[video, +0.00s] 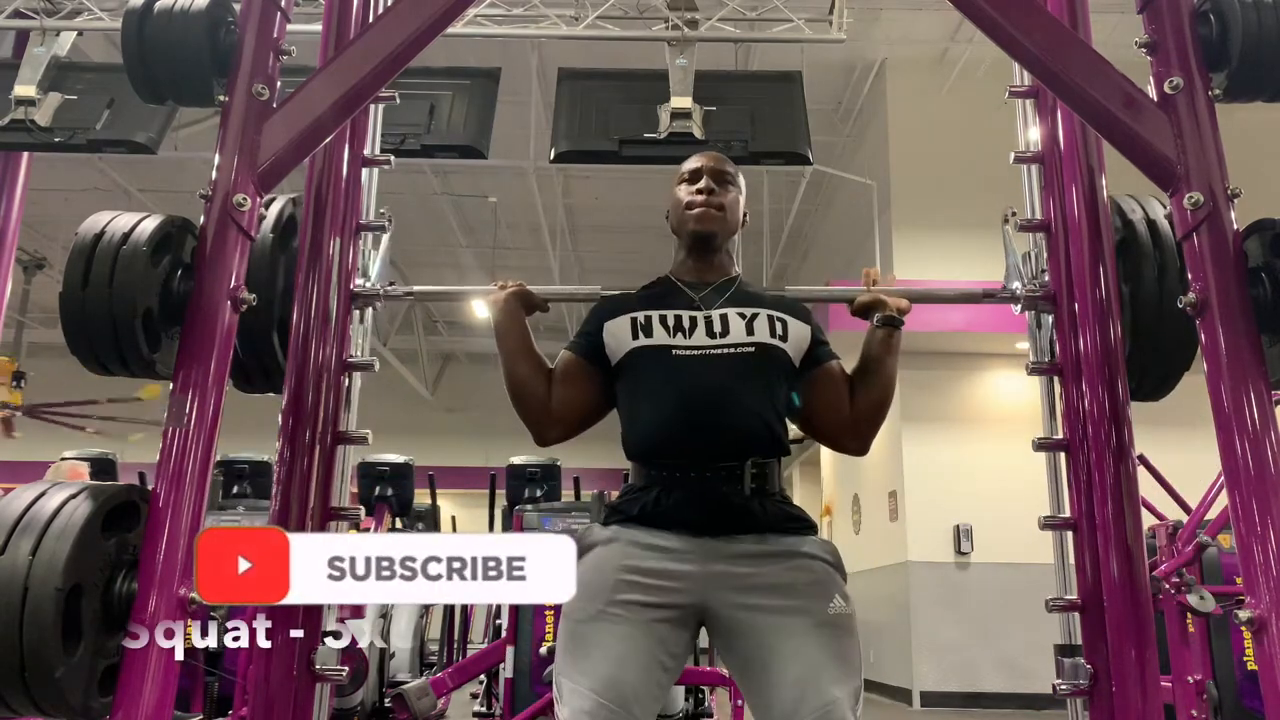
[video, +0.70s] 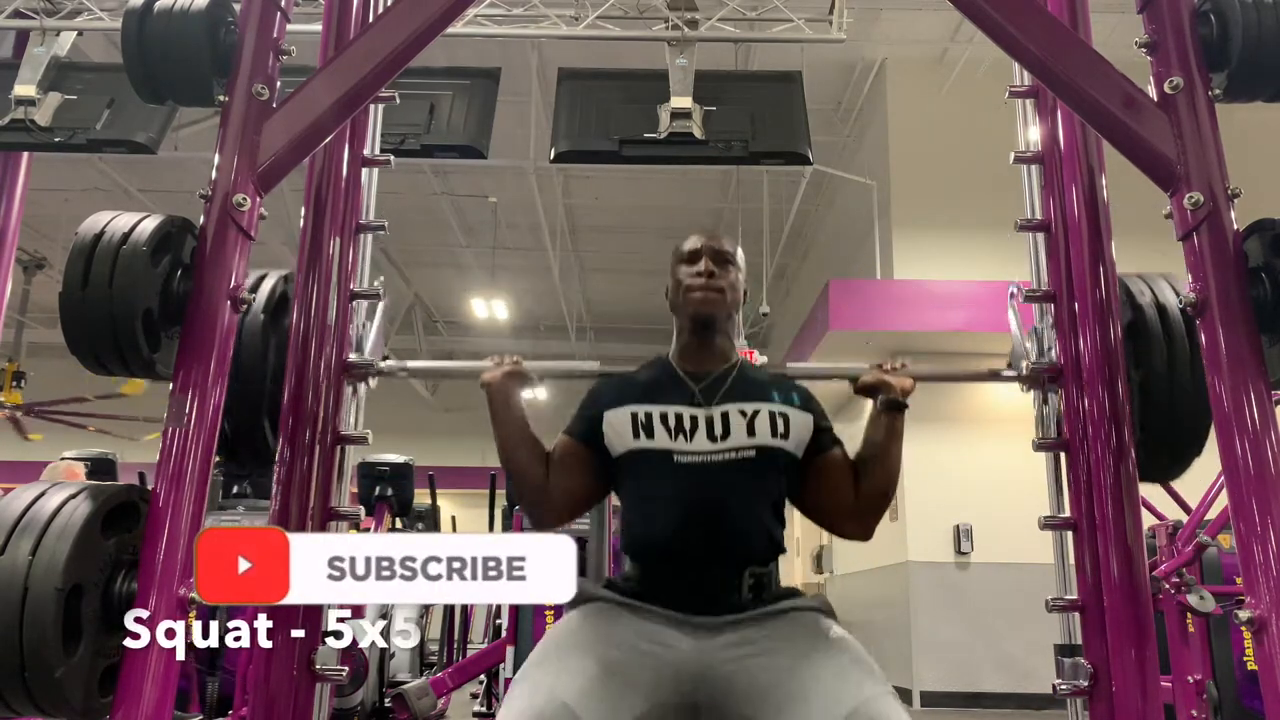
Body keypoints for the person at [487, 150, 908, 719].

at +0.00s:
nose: (705, 187)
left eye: (722, 182)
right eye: (691, 179)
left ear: (743, 214)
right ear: (669, 212)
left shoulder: (787, 317)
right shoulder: (617, 316)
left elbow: (853, 432)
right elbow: (548, 420)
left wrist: (885, 330)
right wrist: (508, 316)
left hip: (775, 553)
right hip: (639, 549)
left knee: (820, 710)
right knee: (597, 707)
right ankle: (677, 707)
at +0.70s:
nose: (706, 268)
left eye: (722, 262)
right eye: (692, 260)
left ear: (743, 295)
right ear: (670, 292)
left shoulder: (786, 400)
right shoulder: (617, 399)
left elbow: (856, 517)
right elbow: (546, 504)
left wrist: (889, 411)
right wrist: (502, 396)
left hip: (767, 629)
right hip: (631, 625)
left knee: (879, 714)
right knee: (529, 713)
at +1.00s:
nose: (707, 350)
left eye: (721, 342)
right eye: (692, 343)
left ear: (744, 371)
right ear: (668, 372)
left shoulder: (787, 478)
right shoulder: (613, 476)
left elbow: (858, 601)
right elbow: (544, 578)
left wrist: (894, 487)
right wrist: (499, 478)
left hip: (767, 685)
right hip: (637, 683)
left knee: (885, 717)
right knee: (511, 717)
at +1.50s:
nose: (703, 430)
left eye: (720, 420)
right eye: (687, 419)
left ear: (743, 449)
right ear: (665, 445)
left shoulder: (793, 561)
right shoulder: (610, 557)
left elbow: (862, 685)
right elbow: (540, 672)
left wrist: (899, 566)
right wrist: (497, 564)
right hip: (647, 712)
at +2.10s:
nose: (703, 361)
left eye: (719, 356)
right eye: (687, 355)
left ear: (740, 391)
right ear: (665, 388)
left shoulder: (789, 497)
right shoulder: (611, 493)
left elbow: (859, 617)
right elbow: (543, 608)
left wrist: (893, 504)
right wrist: (501, 499)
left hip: (771, 693)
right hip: (637, 691)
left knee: (889, 718)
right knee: (516, 717)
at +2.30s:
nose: (703, 305)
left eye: (719, 303)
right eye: (688, 303)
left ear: (741, 343)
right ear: (668, 342)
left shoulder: (788, 445)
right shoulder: (614, 440)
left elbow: (857, 563)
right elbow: (544, 543)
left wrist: (890, 453)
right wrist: (500, 438)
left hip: (767, 658)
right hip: (634, 654)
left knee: (887, 715)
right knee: (521, 714)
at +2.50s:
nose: (704, 230)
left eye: (721, 232)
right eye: (692, 231)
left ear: (742, 273)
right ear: (671, 271)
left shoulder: (787, 373)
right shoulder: (617, 370)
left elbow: (855, 487)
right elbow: (543, 477)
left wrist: (889, 383)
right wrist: (504, 368)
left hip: (773, 600)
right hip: (631, 597)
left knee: (871, 711)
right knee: (536, 711)